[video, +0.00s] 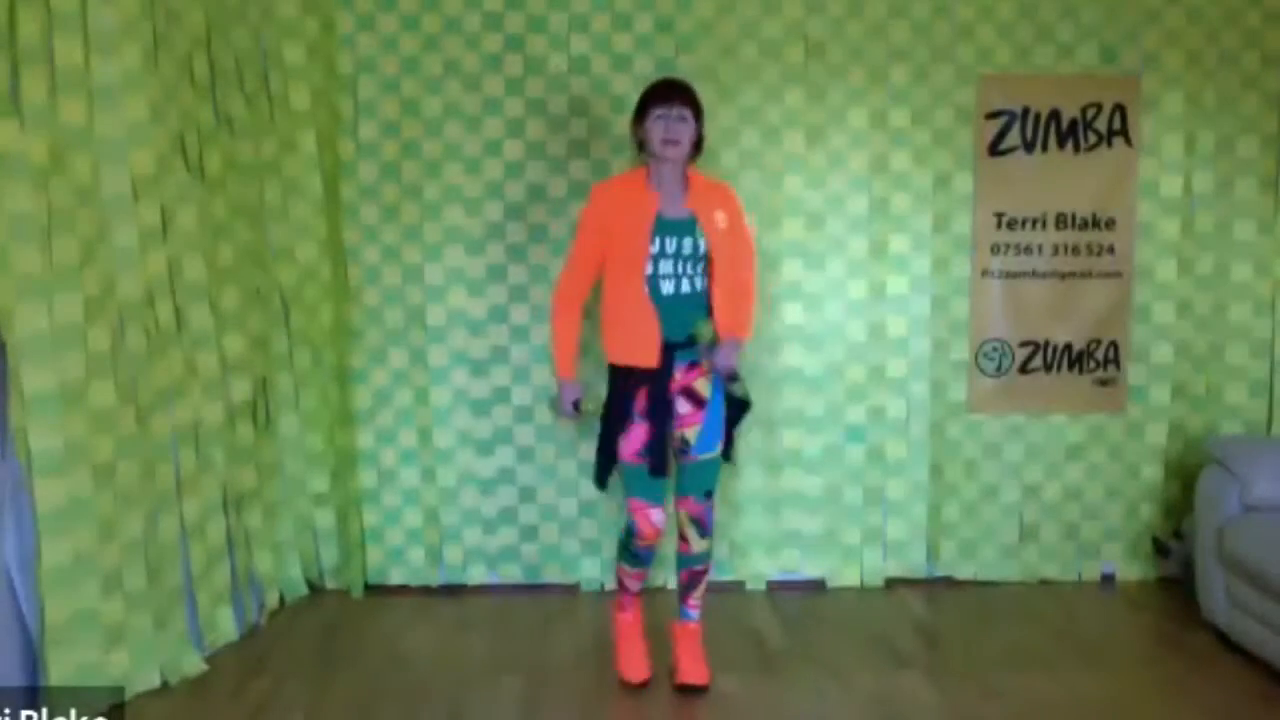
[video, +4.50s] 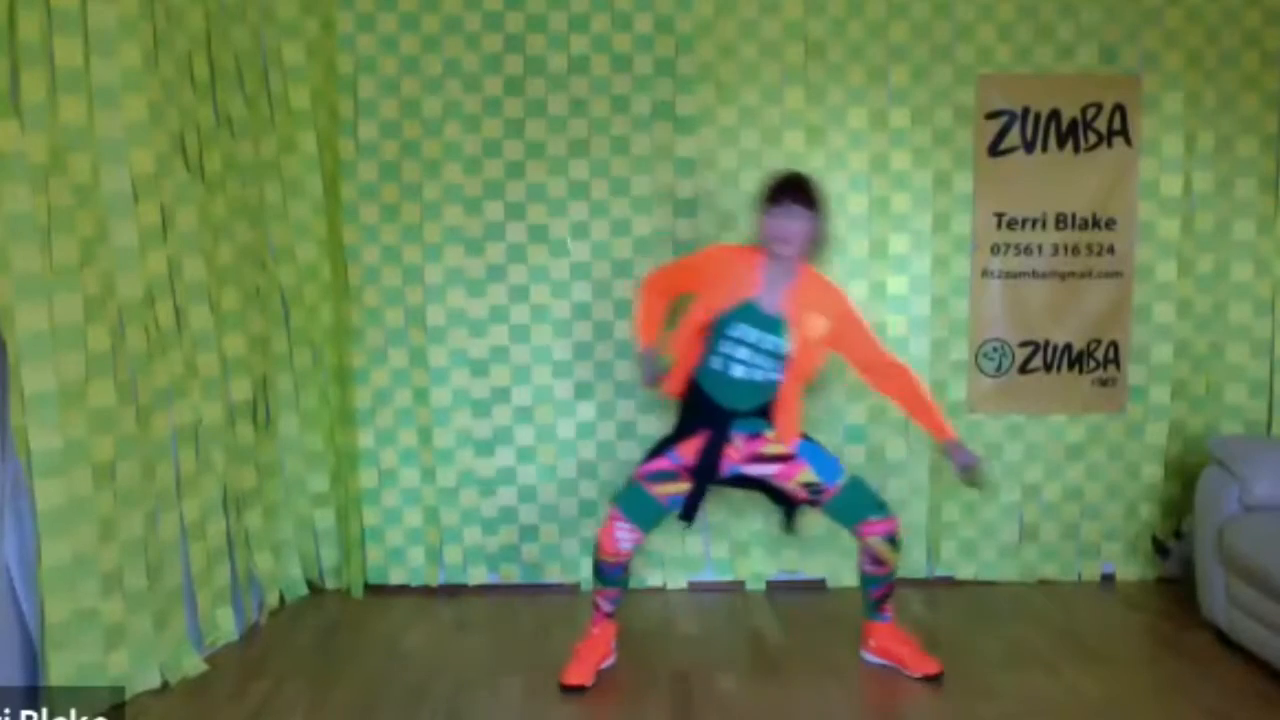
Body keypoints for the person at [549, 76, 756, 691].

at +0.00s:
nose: (670, 130)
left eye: (681, 120)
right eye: (660, 119)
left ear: (698, 133)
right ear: (640, 130)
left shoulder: (719, 200)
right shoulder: (609, 200)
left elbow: (739, 276)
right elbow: (571, 289)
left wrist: (733, 339)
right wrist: (566, 372)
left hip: (703, 369)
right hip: (635, 372)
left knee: (697, 511)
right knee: (645, 518)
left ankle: (690, 628)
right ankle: (628, 616)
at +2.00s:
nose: (659, 135)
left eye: (671, 125)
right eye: (648, 124)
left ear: (687, 136)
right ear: (630, 134)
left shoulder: (710, 197)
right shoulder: (602, 202)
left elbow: (734, 275)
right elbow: (566, 292)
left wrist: (721, 327)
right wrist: (571, 367)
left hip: (698, 365)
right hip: (631, 369)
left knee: (693, 503)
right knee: (639, 509)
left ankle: (685, 616)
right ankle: (617, 609)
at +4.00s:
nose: (630, 135)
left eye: (641, 126)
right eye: (619, 127)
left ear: (660, 138)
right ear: (604, 142)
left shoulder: (692, 186)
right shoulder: (591, 213)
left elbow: (733, 249)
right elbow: (563, 303)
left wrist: (725, 305)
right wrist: (542, 394)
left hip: (689, 364)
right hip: (622, 370)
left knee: (677, 500)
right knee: (607, 501)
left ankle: (649, 615)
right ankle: (597, 625)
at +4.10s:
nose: (622, 155)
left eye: (631, 146)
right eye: (611, 148)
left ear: (651, 158)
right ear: (594, 166)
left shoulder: (688, 210)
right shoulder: (589, 243)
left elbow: (714, 279)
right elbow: (569, 335)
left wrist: (730, 344)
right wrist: (552, 427)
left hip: (698, 374)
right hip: (630, 384)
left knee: (731, 512)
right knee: (609, 519)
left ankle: (689, 604)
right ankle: (598, 632)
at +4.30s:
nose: (678, 192)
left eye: (689, 182)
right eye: (667, 182)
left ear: (705, 191)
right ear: (648, 190)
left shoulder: (729, 253)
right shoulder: (620, 258)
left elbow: (783, 323)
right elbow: (579, 333)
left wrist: (826, 395)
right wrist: (575, 408)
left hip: (719, 411)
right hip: (645, 416)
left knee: (808, 511)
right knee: (590, 527)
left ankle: (851, 624)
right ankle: (595, 635)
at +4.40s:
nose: (720, 206)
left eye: (732, 195)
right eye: (710, 194)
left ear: (746, 205)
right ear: (691, 200)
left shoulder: (765, 271)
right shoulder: (655, 258)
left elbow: (819, 341)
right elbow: (603, 310)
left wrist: (874, 410)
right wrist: (597, 380)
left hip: (739, 428)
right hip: (664, 428)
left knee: (838, 526)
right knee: (597, 525)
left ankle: (874, 631)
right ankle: (596, 635)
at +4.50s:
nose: (786, 228)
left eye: (799, 218)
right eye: (778, 215)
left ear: (816, 230)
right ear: (761, 220)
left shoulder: (824, 303)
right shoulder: (722, 266)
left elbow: (884, 370)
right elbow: (655, 288)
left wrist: (947, 438)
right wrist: (648, 347)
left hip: (774, 445)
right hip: (698, 438)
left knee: (877, 525)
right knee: (617, 535)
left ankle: (881, 631)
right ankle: (600, 634)